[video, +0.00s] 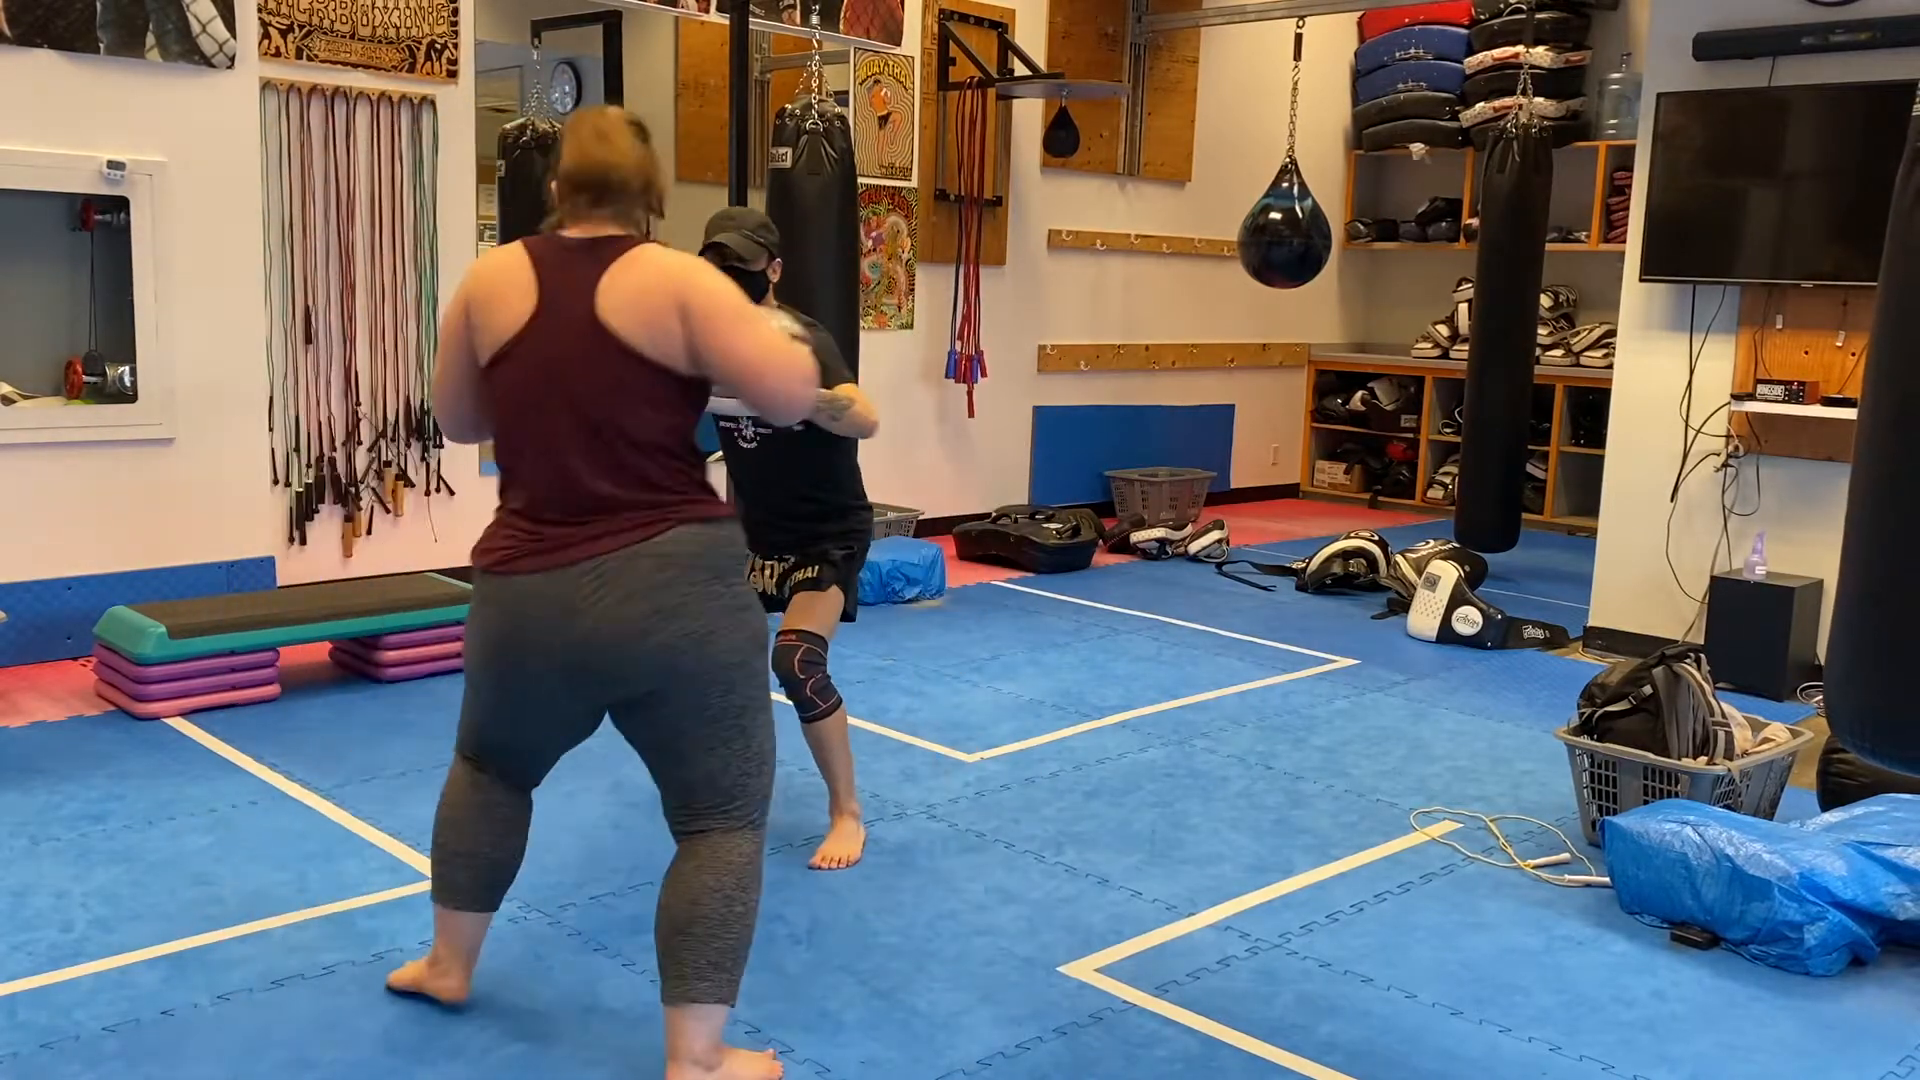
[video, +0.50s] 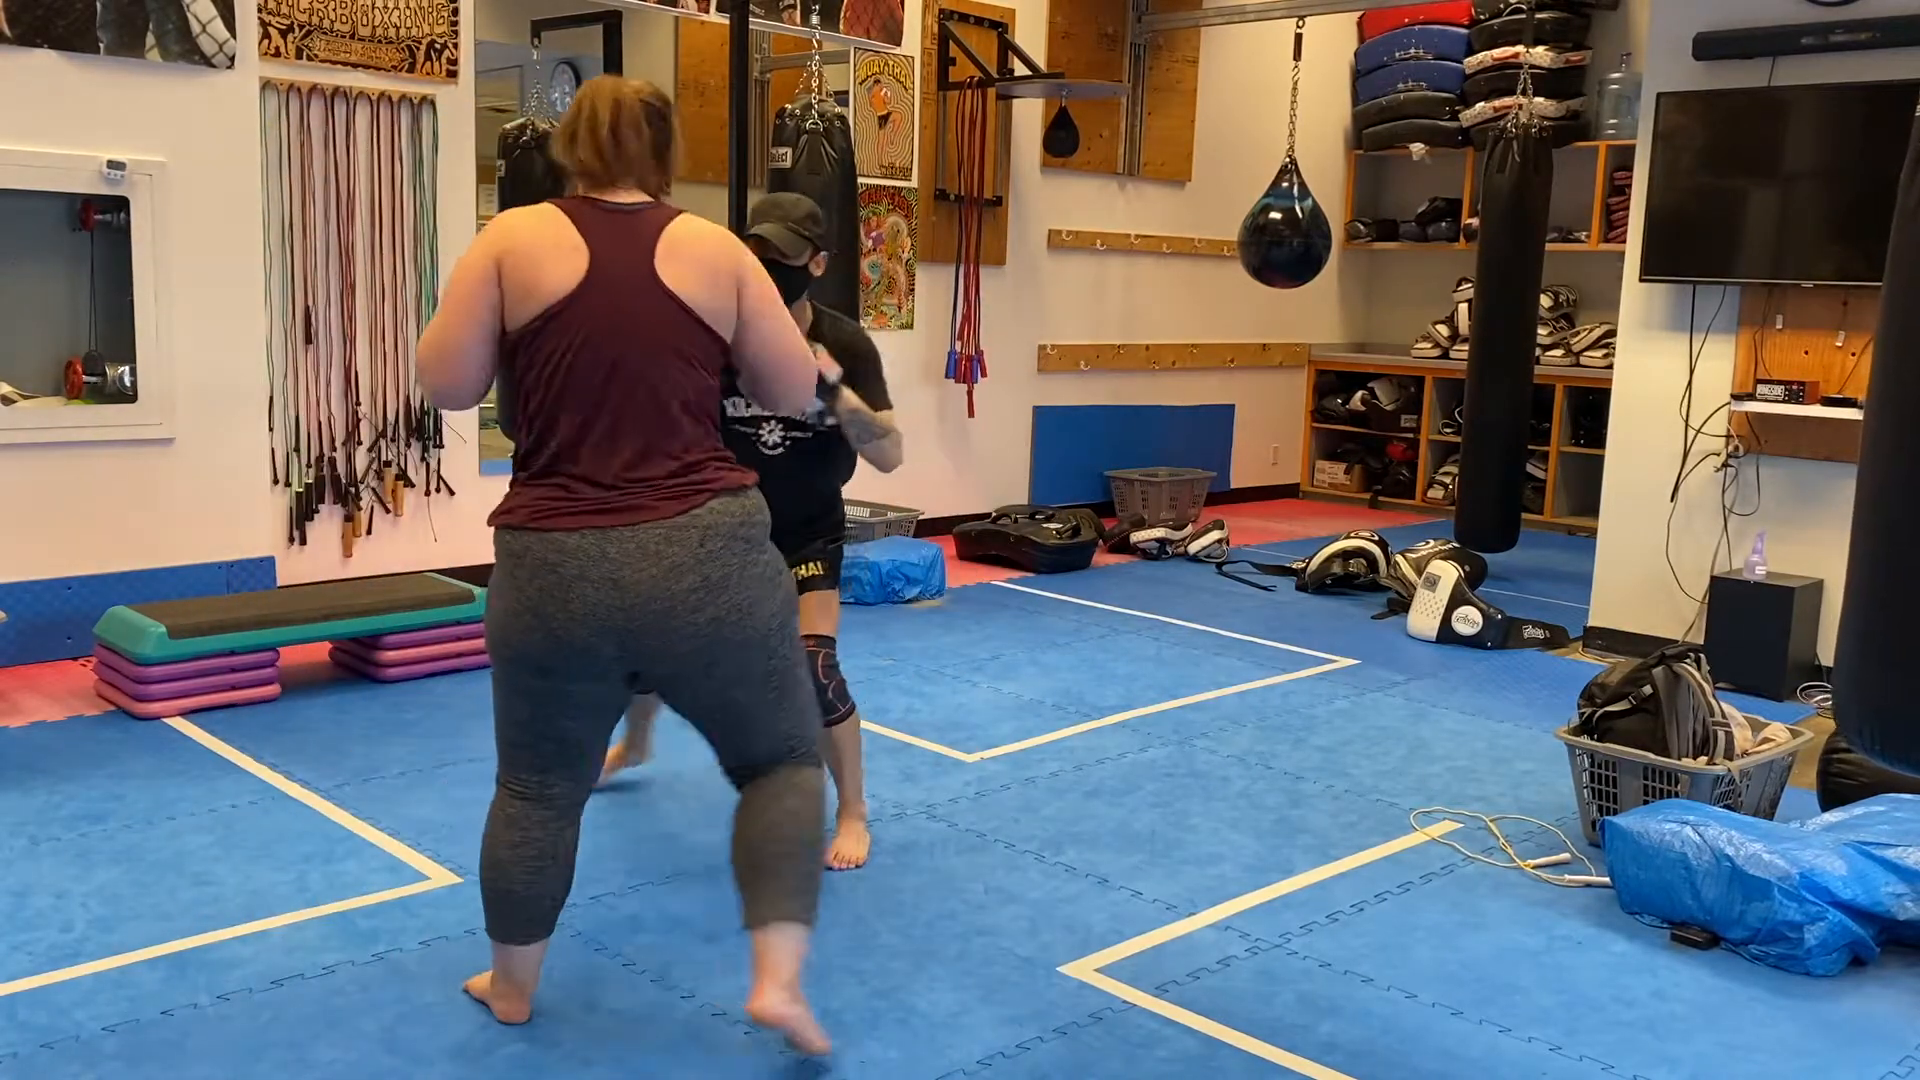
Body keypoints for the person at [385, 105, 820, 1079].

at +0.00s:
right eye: (651, 187)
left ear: (557, 188)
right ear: (650, 192)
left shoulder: (486, 279)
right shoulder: (679, 280)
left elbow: (456, 414)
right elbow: (790, 391)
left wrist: (547, 379)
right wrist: (770, 331)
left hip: (526, 593)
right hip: (674, 583)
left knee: (492, 765)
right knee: (719, 820)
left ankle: (450, 963)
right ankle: (696, 1055)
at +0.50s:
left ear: (569, 154)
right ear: (664, 155)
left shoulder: (506, 242)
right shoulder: (715, 250)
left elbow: (448, 381)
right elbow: (793, 388)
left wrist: (525, 314)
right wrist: (719, 332)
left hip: (551, 570)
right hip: (706, 561)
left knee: (538, 785)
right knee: (778, 762)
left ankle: (512, 983)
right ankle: (778, 975)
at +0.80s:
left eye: (669, 171)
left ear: (675, 180)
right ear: (778, 182)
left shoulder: (624, 280)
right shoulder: (835, 278)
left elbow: (570, 425)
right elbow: (910, 413)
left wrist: (643, 366)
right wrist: (828, 349)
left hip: (677, 603)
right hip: (837, 586)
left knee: (603, 799)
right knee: (876, 812)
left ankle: (525, 980)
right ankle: (923, 1049)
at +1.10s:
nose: (773, 154)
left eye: (779, 140)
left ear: (790, 148)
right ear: (890, 149)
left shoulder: (742, 255)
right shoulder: (946, 248)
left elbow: (687, 413)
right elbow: (977, 365)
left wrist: (748, 348)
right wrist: (890, 320)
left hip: (771, 579)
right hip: (927, 572)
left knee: (705, 783)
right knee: (915, 819)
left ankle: (685, 1001)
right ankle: (929, 1058)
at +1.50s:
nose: (800, 147)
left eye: (809, 133)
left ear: (815, 145)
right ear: (907, 150)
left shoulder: (763, 249)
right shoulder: (959, 259)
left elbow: (691, 393)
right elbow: (980, 396)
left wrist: (644, 346)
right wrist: (877, 353)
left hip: (803, 592)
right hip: (953, 590)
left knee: (759, 819)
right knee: (991, 768)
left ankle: (735, 1043)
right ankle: (1048, 980)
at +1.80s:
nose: (878, 193)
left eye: (881, 177)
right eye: (879, 178)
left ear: (908, 179)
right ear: (992, 175)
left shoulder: (894, 278)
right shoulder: (1052, 273)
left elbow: (837, 436)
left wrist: (804, 337)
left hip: (925, 594)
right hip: (1061, 575)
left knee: (815, 806)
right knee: (1067, 795)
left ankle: (758, 1030)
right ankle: (1115, 1002)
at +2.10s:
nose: (809, 276)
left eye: (812, 257)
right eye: (805, 257)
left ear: (841, 256)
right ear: (918, 247)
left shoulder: (853, 346)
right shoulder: (988, 311)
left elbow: (797, 503)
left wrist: (762, 425)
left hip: (969, 638)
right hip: (1098, 623)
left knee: (825, 817)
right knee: (1067, 741)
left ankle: (823, 1055)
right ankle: (1136, 931)